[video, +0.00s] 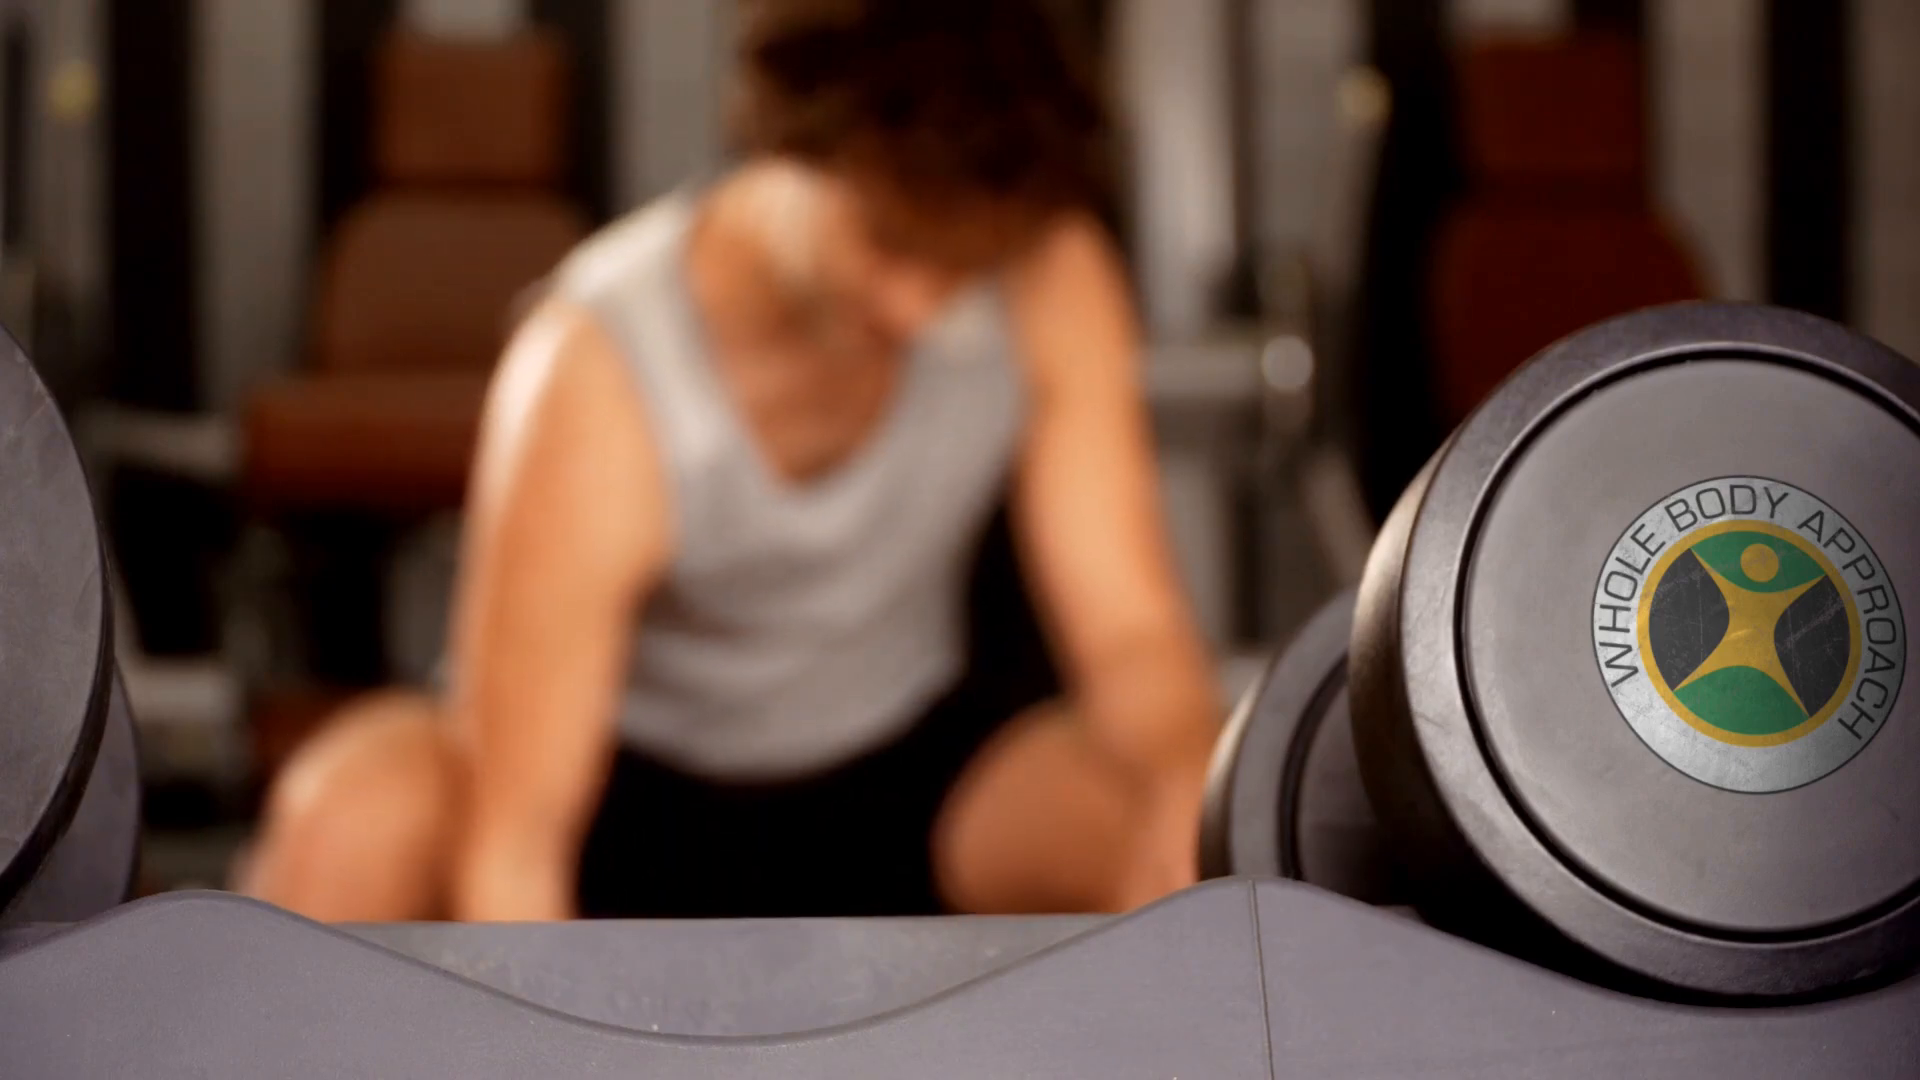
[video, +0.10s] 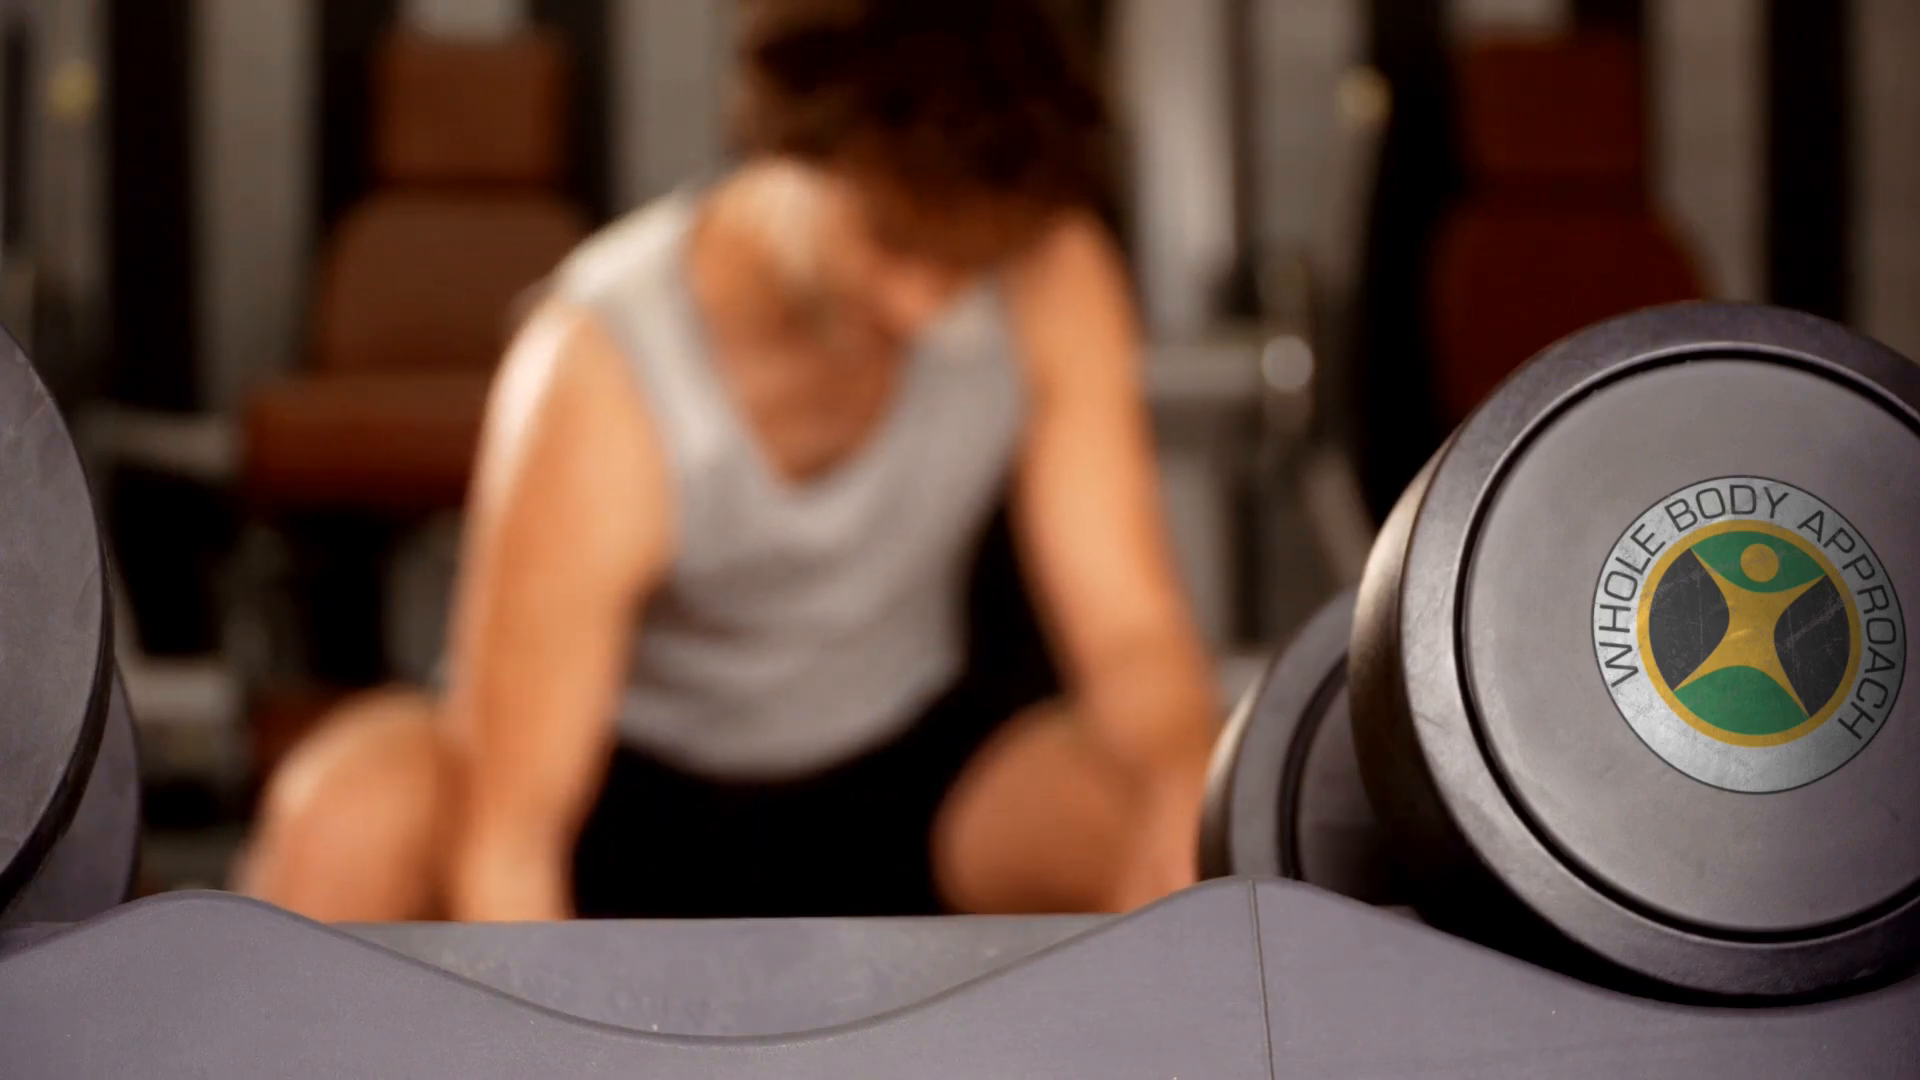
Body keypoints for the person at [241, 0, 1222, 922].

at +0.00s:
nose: (920, 310)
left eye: (970, 264)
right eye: (890, 246)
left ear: (1023, 221)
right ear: (794, 153)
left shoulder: (1043, 266)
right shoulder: (591, 367)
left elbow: (1132, 642)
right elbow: (519, 834)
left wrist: (1202, 833)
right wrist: (533, 1077)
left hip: (901, 783)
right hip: (621, 800)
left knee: (1196, 813)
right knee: (354, 797)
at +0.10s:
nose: (922, 309)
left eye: (972, 262)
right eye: (892, 245)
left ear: (1024, 220)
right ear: (795, 152)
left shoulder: (1044, 265)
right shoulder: (596, 366)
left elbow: (1133, 645)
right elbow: (514, 833)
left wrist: (1189, 846)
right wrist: (548, 1077)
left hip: (903, 781)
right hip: (625, 799)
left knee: (1195, 811)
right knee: (349, 795)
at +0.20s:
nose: (923, 300)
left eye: (973, 253)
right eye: (891, 237)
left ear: (1026, 204)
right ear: (794, 147)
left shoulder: (1045, 260)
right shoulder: (597, 359)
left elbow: (1130, 641)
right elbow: (505, 820)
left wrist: (1185, 856)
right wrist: (582, 1066)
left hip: (900, 780)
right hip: (625, 795)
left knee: (1192, 812)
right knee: (340, 796)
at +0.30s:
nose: (921, 290)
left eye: (972, 244)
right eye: (890, 227)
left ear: (1025, 198)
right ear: (794, 139)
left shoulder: (1045, 258)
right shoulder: (596, 348)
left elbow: (1128, 640)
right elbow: (504, 806)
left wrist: (1182, 856)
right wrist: (601, 1057)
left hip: (902, 781)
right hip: (627, 796)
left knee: (1190, 812)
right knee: (343, 793)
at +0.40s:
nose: (919, 272)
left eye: (971, 226)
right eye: (887, 208)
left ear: (1017, 181)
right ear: (791, 121)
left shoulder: (1044, 254)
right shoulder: (594, 334)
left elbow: (1128, 643)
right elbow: (503, 783)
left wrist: (1180, 854)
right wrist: (639, 1040)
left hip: (900, 780)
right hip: (628, 795)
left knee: (1190, 812)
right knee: (350, 792)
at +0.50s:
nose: (919, 259)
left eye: (971, 212)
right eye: (887, 197)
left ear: (1015, 168)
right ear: (790, 107)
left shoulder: (1045, 253)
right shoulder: (594, 322)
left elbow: (1128, 639)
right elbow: (504, 773)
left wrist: (1182, 854)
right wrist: (688, 1018)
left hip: (899, 781)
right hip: (627, 792)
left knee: (1190, 812)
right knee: (357, 792)